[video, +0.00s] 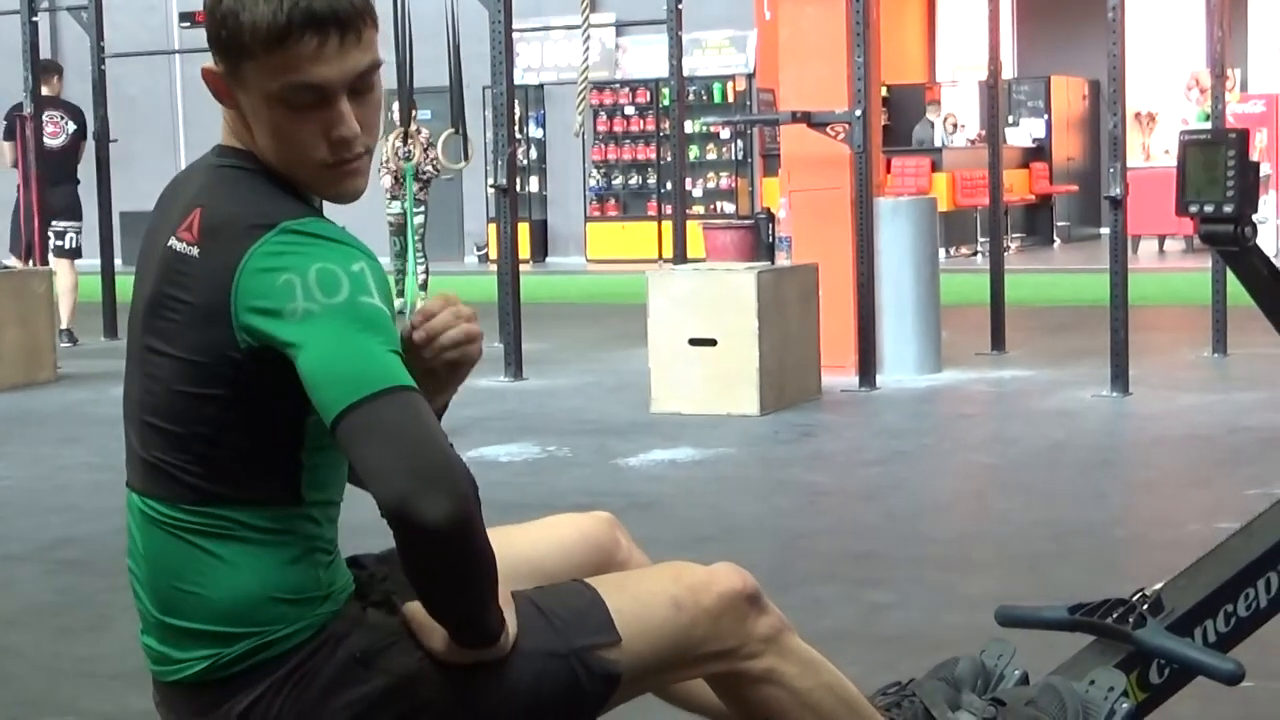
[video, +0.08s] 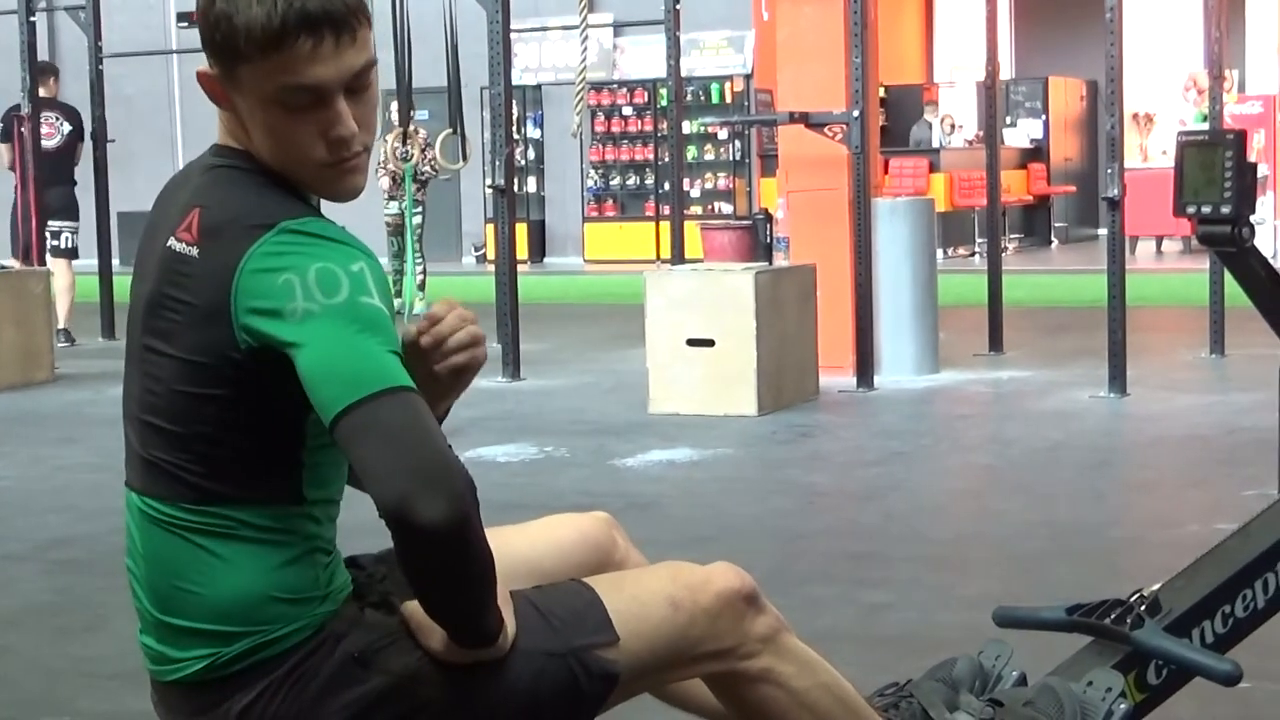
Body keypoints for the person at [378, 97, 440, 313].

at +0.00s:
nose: (399, 117)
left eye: (403, 112)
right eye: (396, 112)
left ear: (413, 113)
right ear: (392, 115)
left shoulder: (424, 137)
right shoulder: (390, 140)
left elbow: (433, 167)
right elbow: (384, 165)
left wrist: (416, 170)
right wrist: (386, 178)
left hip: (417, 198)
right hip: (394, 198)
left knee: (417, 248)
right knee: (397, 249)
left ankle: (421, 294)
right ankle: (399, 296)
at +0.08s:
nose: (398, 117)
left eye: (401, 112)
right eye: (395, 112)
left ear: (411, 113)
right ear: (390, 115)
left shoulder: (421, 137)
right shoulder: (387, 140)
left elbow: (432, 167)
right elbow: (381, 165)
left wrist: (415, 171)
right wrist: (384, 178)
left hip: (414, 198)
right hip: (392, 198)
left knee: (415, 249)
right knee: (395, 250)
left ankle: (419, 295)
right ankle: (397, 296)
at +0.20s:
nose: (399, 117)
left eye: (402, 112)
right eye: (396, 113)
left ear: (411, 114)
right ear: (390, 116)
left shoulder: (421, 137)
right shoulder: (387, 140)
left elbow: (431, 167)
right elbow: (380, 166)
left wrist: (414, 170)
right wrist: (384, 177)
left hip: (414, 197)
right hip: (391, 197)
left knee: (414, 247)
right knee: (394, 249)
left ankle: (419, 295)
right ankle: (396, 296)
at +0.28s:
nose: (397, 117)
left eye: (400, 112)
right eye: (394, 113)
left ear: (410, 115)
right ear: (389, 116)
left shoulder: (420, 137)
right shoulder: (386, 140)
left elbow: (432, 166)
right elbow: (380, 166)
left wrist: (414, 172)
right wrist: (384, 178)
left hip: (414, 197)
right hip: (391, 198)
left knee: (413, 246)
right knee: (394, 249)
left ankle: (418, 294)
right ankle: (394, 295)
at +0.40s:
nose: (396, 116)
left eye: (399, 112)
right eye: (393, 112)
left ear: (409, 114)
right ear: (388, 115)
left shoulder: (419, 138)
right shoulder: (386, 140)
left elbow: (431, 169)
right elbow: (378, 167)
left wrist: (409, 176)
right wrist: (385, 179)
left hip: (412, 198)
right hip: (389, 198)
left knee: (412, 247)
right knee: (392, 250)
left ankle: (416, 295)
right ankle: (391, 296)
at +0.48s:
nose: (398, 118)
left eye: (401, 113)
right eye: (394, 113)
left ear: (408, 116)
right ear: (388, 115)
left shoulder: (418, 137)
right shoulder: (384, 139)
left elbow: (431, 168)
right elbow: (377, 171)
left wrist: (417, 176)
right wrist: (387, 181)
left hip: (412, 201)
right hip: (389, 201)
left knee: (412, 250)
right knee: (390, 252)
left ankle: (415, 296)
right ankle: (389, 296)